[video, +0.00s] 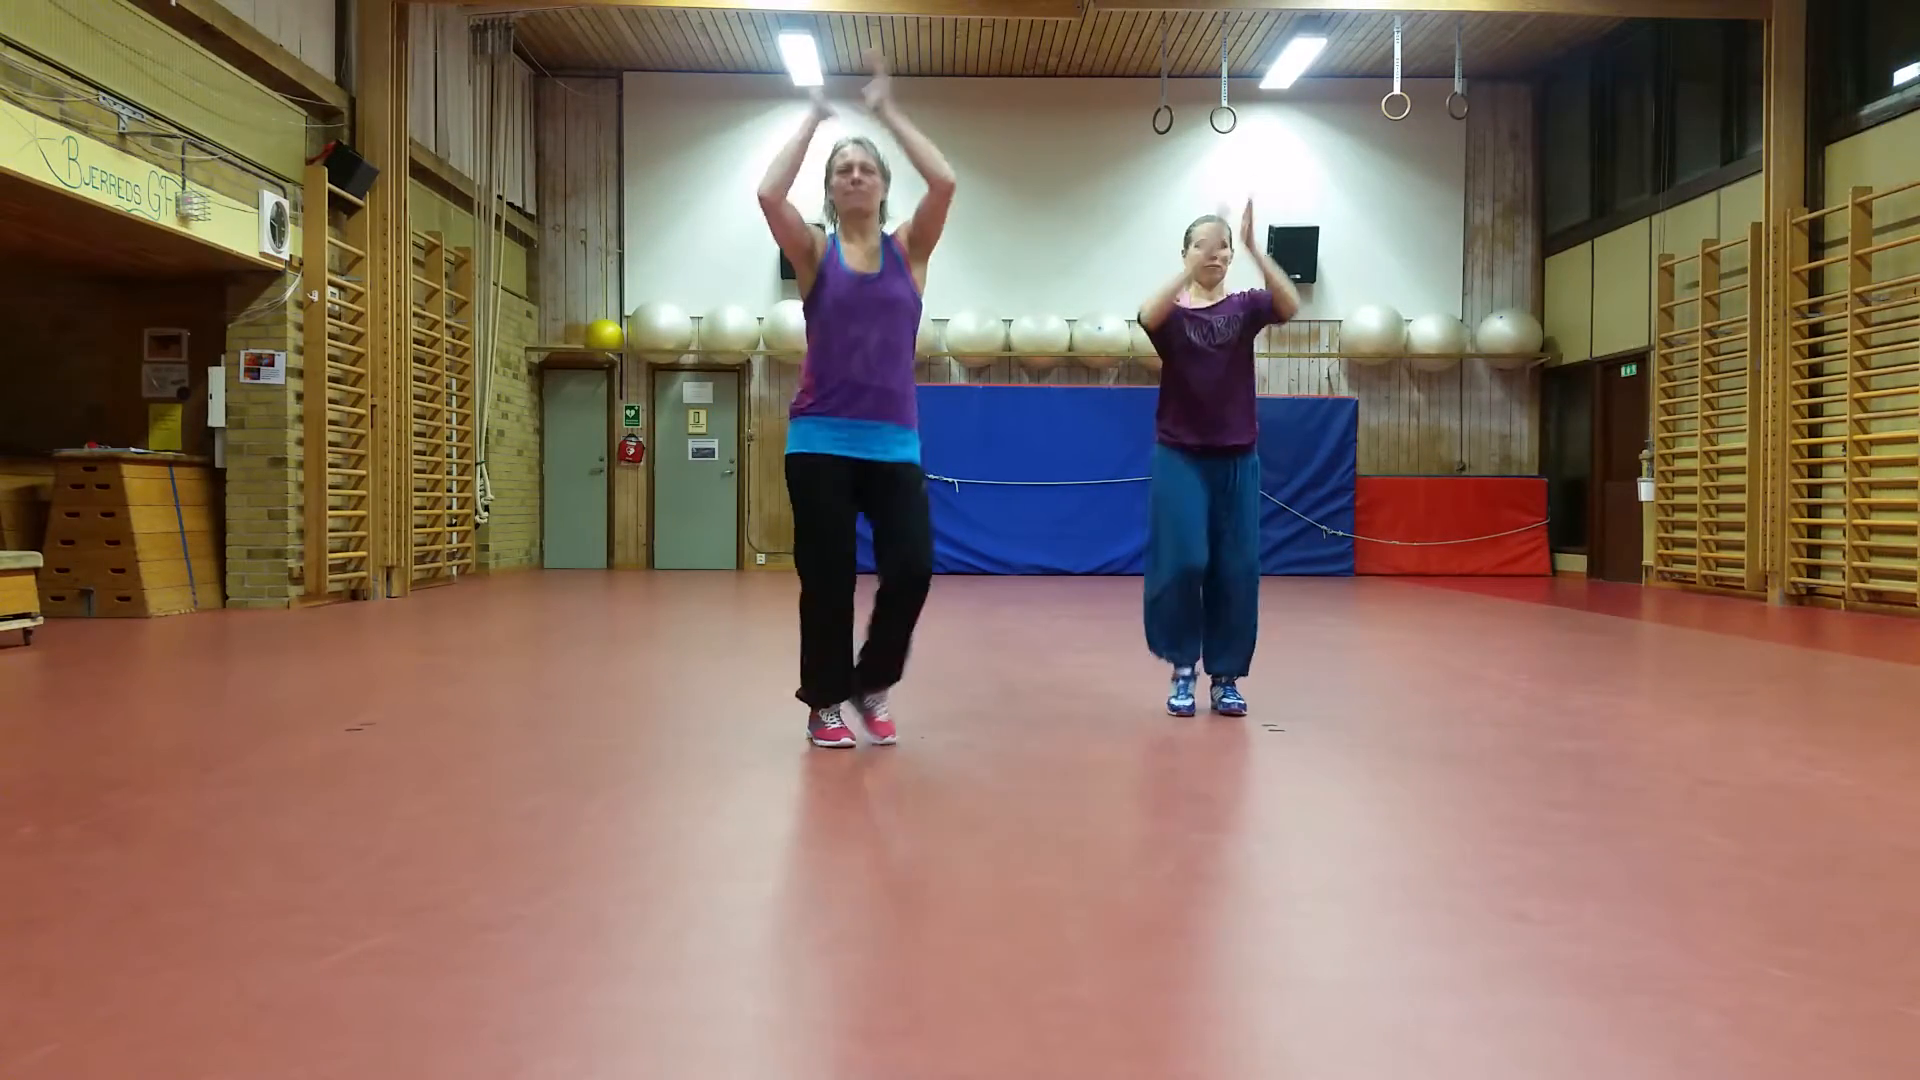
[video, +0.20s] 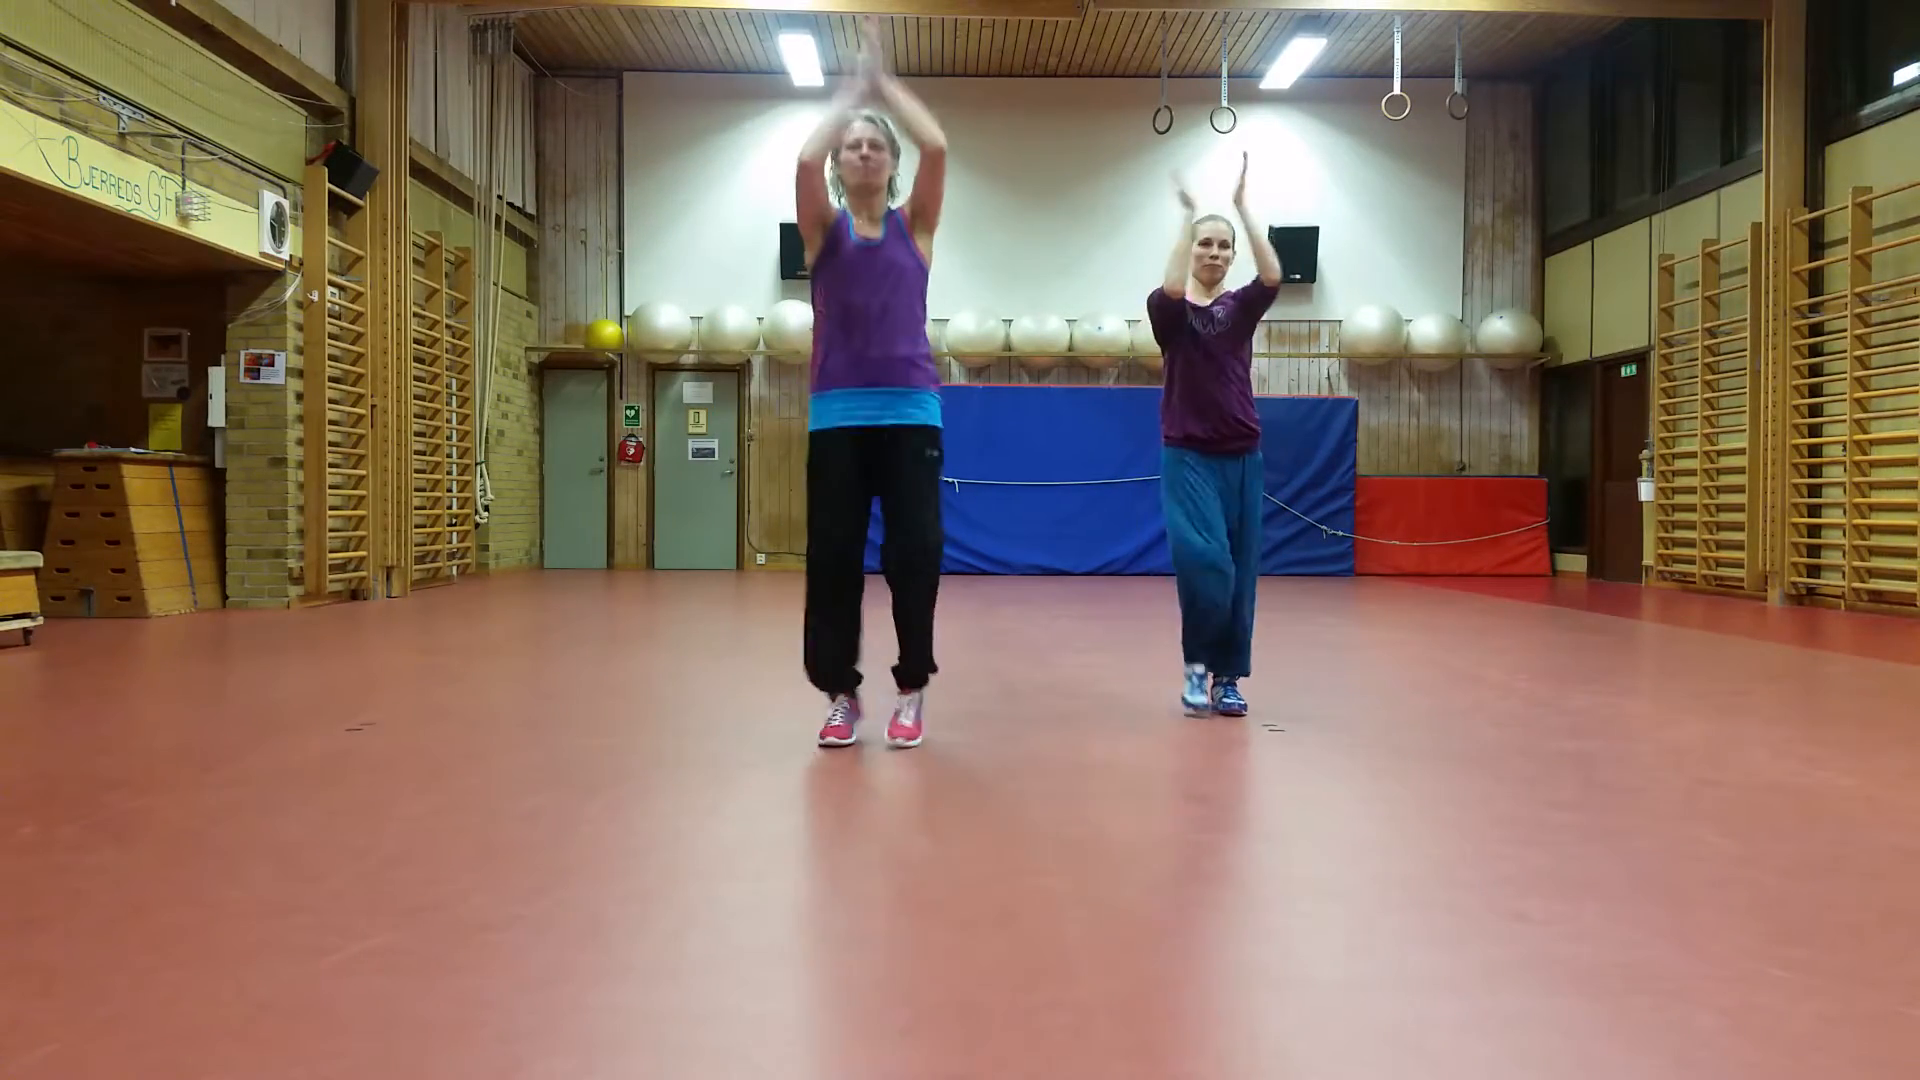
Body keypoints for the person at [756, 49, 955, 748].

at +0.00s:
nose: (852, 175)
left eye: (865, 169)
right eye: (841, 170)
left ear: (884, 187)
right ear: (828, 189)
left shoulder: (908, 251)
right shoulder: (814, 253)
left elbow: (944, 183)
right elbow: (769, 195)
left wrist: (886, 109)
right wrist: (814, 116)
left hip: (893, 439)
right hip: (822, 436)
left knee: (912, 568)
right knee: (828, 575)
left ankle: (869, 688)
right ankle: (825, 704)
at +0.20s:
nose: (866, 153)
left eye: (876, 146)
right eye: (854, 147)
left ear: (893, 163)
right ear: (836, 164)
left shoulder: (914, 227)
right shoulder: (825, 228)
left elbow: (936, 146)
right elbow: (808, 162)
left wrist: (885, 82)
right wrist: (847, 94)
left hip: (910, 412)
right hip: (839, 414)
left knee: (914, 556)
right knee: (834, 558)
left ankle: (912, 690)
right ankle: (841, 695)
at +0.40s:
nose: (870, 168)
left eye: (882, 161)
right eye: (858, 163)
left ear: (901, 179)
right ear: (845, 181)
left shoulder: (925, 242)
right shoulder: (832, 243)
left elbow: (957, 167)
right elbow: (788, 188)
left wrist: (902, 93)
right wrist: (840, 110)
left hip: (923, 430)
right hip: (847, 432)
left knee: (921, 570)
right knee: (820, 554)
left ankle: (914, 705)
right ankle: (850, 687)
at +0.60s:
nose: (868, 157)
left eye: (878, 149)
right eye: (857, 150)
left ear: (898, 164)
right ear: (841, 166)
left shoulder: (922, 229)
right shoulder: (831, 232)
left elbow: (926, 146)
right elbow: (805, 163)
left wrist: (875, 78)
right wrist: (854, 88)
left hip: (914, 415)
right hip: (842, 414)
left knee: (912, 562)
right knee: (846, 557)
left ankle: (906, 696)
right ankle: (846, 690)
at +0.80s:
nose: (866, 170)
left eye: (877, 162)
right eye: (854, 163)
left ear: (895, 178)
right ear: (839, 181)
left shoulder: (922, 242)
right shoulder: (826, 247)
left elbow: (962, 170)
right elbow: (784, 191)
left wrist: (902, 99)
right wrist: (833, 111)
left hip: (911, 435)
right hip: (838, 435)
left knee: (934, 563)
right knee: (843, 573)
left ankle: (900, 693)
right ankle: (848, 703)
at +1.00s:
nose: (874, 150)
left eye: (883, 144)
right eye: (862, 145)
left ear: (901, 163)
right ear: (844, 164)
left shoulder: (924, 222)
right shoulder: (833, 226)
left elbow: (945, 139)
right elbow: (823, 153)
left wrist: (894, 77)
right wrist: (871, 80)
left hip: (922, 416)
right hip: (851, 417)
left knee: (921, 562)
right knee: (849, 561)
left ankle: (918, 693)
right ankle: (854, 697)